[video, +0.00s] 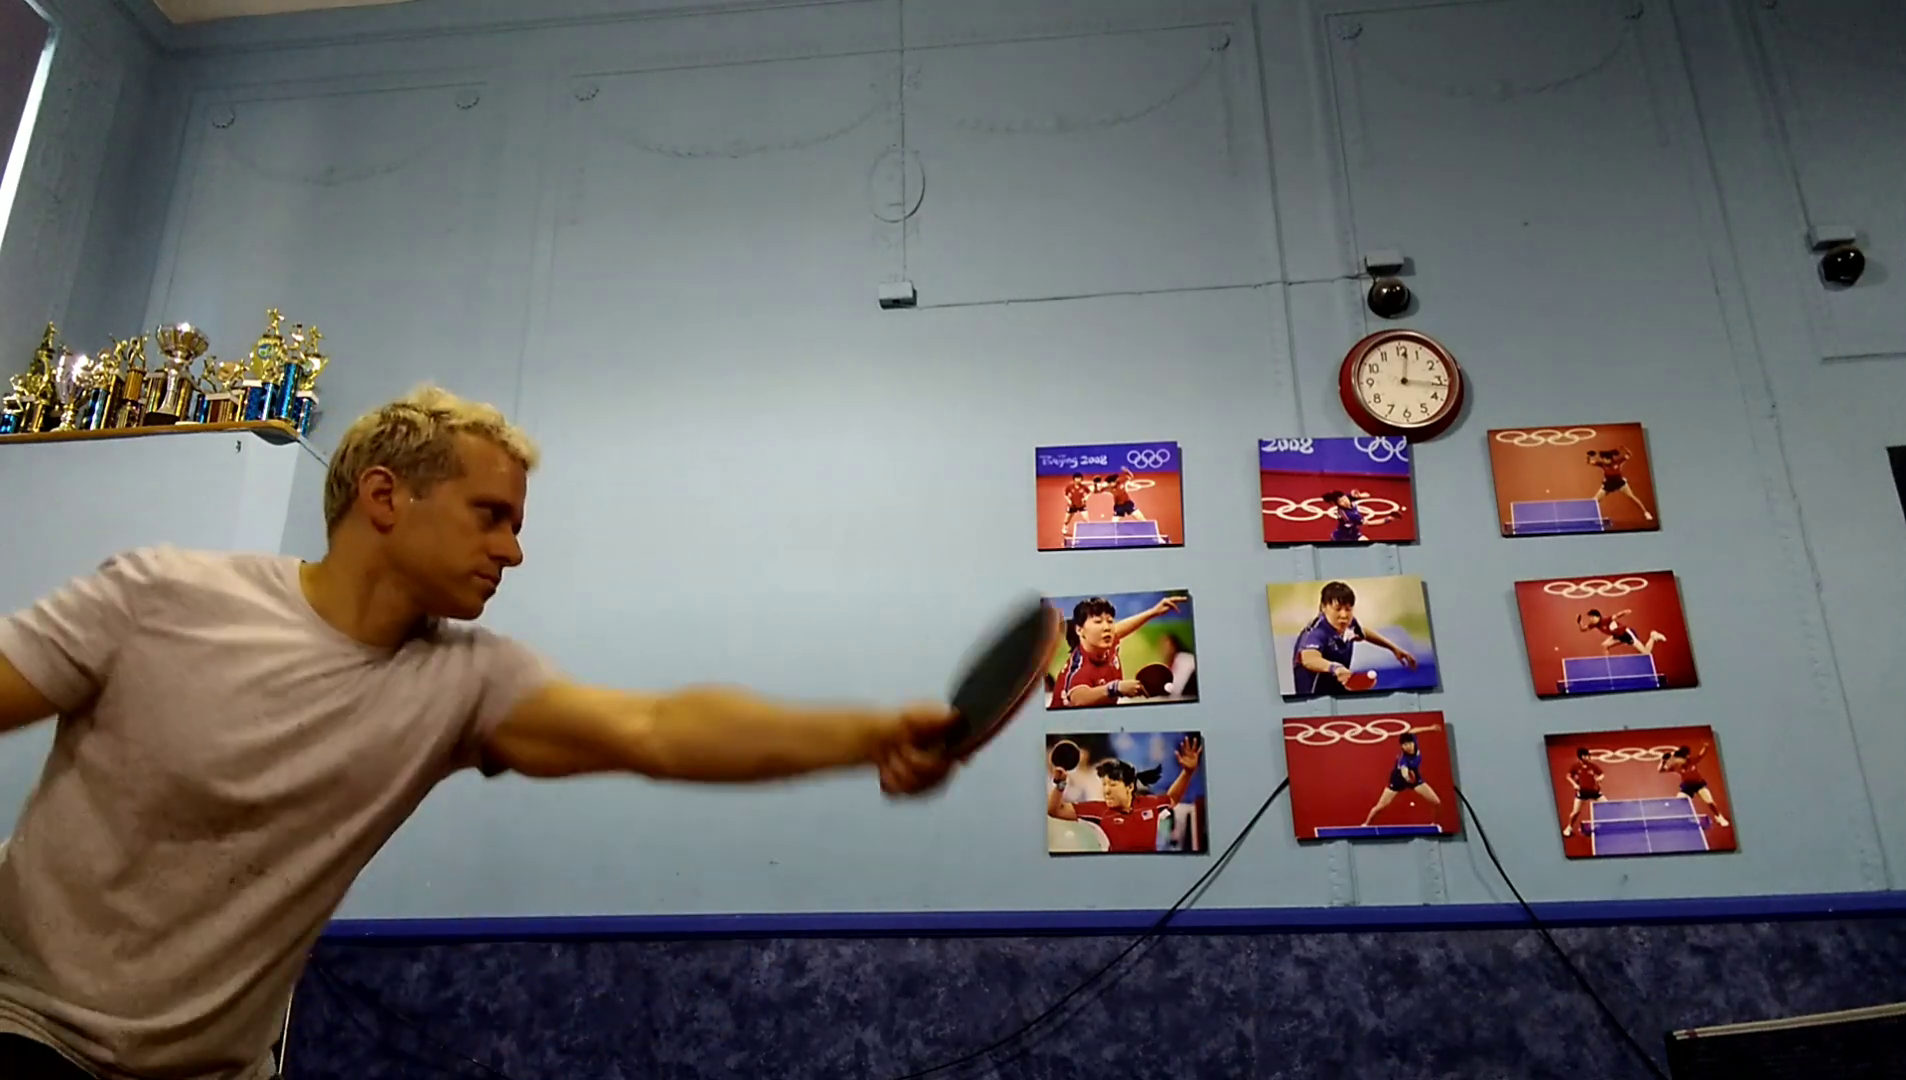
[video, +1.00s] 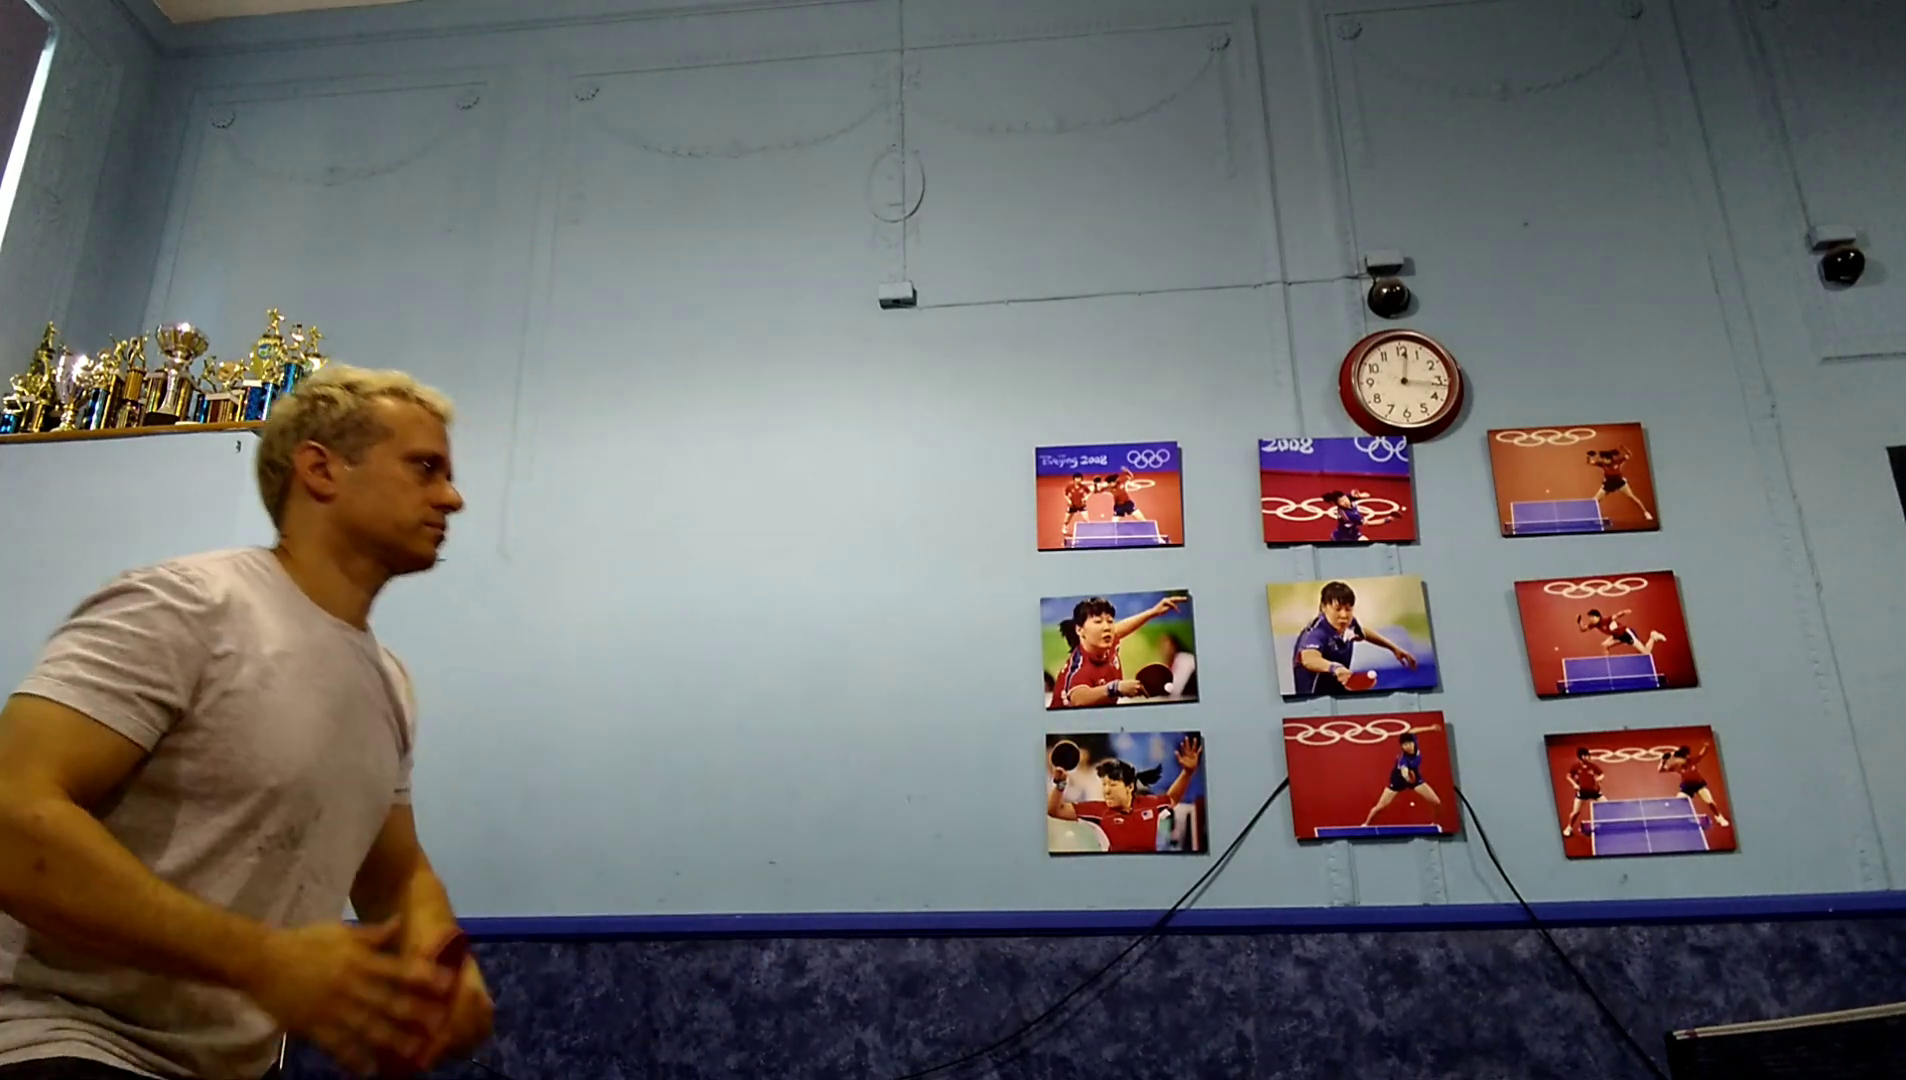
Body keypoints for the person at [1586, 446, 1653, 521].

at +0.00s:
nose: (1605, 461)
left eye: (1606, 460)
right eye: (1603, 460)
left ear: (1610, 459)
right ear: (1603, 459)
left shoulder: (1617, 461)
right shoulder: (1602, 464)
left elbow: (1629, 456)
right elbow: (1590, 463)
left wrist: (1625, 449)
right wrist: (1589, 457)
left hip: (1620, 482)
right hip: (1608, 483)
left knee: (1631, 497)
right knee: (1595, 499)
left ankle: (1645, 512)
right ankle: (1592, 519)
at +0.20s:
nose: (1605, 461)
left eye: (1606, 460)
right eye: (1604, 460)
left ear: (1610, 459)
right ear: (1603, 459)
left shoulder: (1617, 462)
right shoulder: (1602, 464)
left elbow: (1629, 456)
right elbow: (1590, 463)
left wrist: (1624, 449)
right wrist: (1589, 457)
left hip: (1620, 482)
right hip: (1608, 483)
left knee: (1631, 497)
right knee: (1595, 499)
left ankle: (1645, 512)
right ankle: (1591, 518)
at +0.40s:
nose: (1605, 461)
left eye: (1606, 460)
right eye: (1604, 460)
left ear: (1610, 459)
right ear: (1603, 459)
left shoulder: (1617, 462)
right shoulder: (1602, 464)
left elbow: (1629, 456)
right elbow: (1590, 463)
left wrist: (1624, 449)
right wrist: (1589, 457)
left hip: (1620, 482)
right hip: (1608, 483)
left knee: (1632, 497)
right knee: (1595, 499)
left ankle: (1645, 512)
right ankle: (1591, 519)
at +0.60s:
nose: (1604, 461)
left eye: (1606, 459)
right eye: (1603, 459)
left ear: (1609, 458)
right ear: (1603, 459)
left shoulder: (1618, 462)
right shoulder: (1602, 464)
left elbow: (1629, 456)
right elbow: (1590, 463)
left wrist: (1624, 449)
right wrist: (1589, 457)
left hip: (1620, 482)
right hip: (1608, 483)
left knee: (1632, 497)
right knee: (1595, 499)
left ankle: (1645, 512)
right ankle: (1591, 519)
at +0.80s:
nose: (1605, 461)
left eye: (1606, 460)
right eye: (1603, 460)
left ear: (1610, 459)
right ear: (1603, 459)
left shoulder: (1617, 462)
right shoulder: (1602, 464)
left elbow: (1629, 456)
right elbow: (1590, 463)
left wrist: (1624, 449)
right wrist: (1589, 457)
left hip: (1620, 482)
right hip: (1608, 483)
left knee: (1632, 497)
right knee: (1595, 499)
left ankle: (1645, 512)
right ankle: (1591, 519)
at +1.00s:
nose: (1605, 461)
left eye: (1606, 460)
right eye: (1603, 460)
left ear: (1610, 459)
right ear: (1603, 459)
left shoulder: (1617, 461)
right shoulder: (1602, 464)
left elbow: (1629, 457)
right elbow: (1590, 463)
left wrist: (1624, 449)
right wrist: (1590, 457)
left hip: (1620, 482)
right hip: (1608, 483)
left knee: (1632, 497)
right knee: (1595, 500)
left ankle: (1645, 512)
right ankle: (1592, 519)